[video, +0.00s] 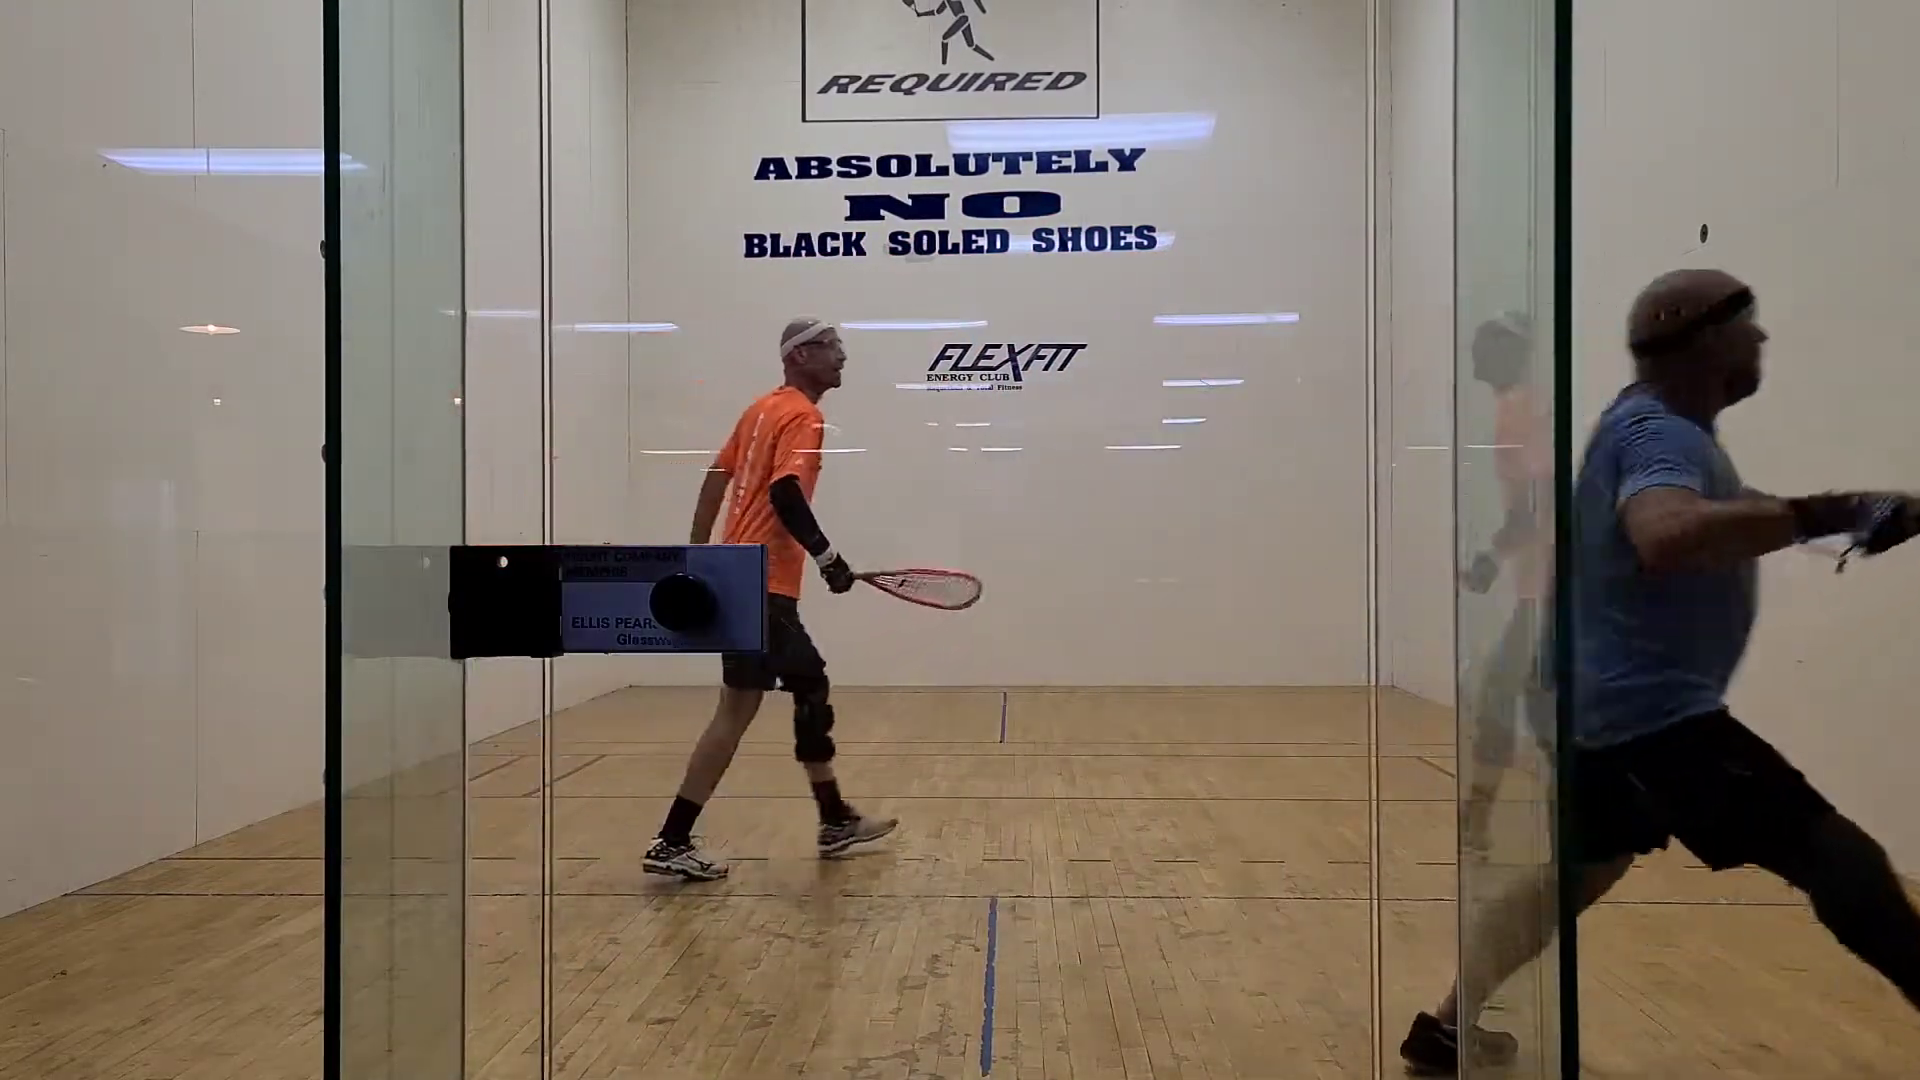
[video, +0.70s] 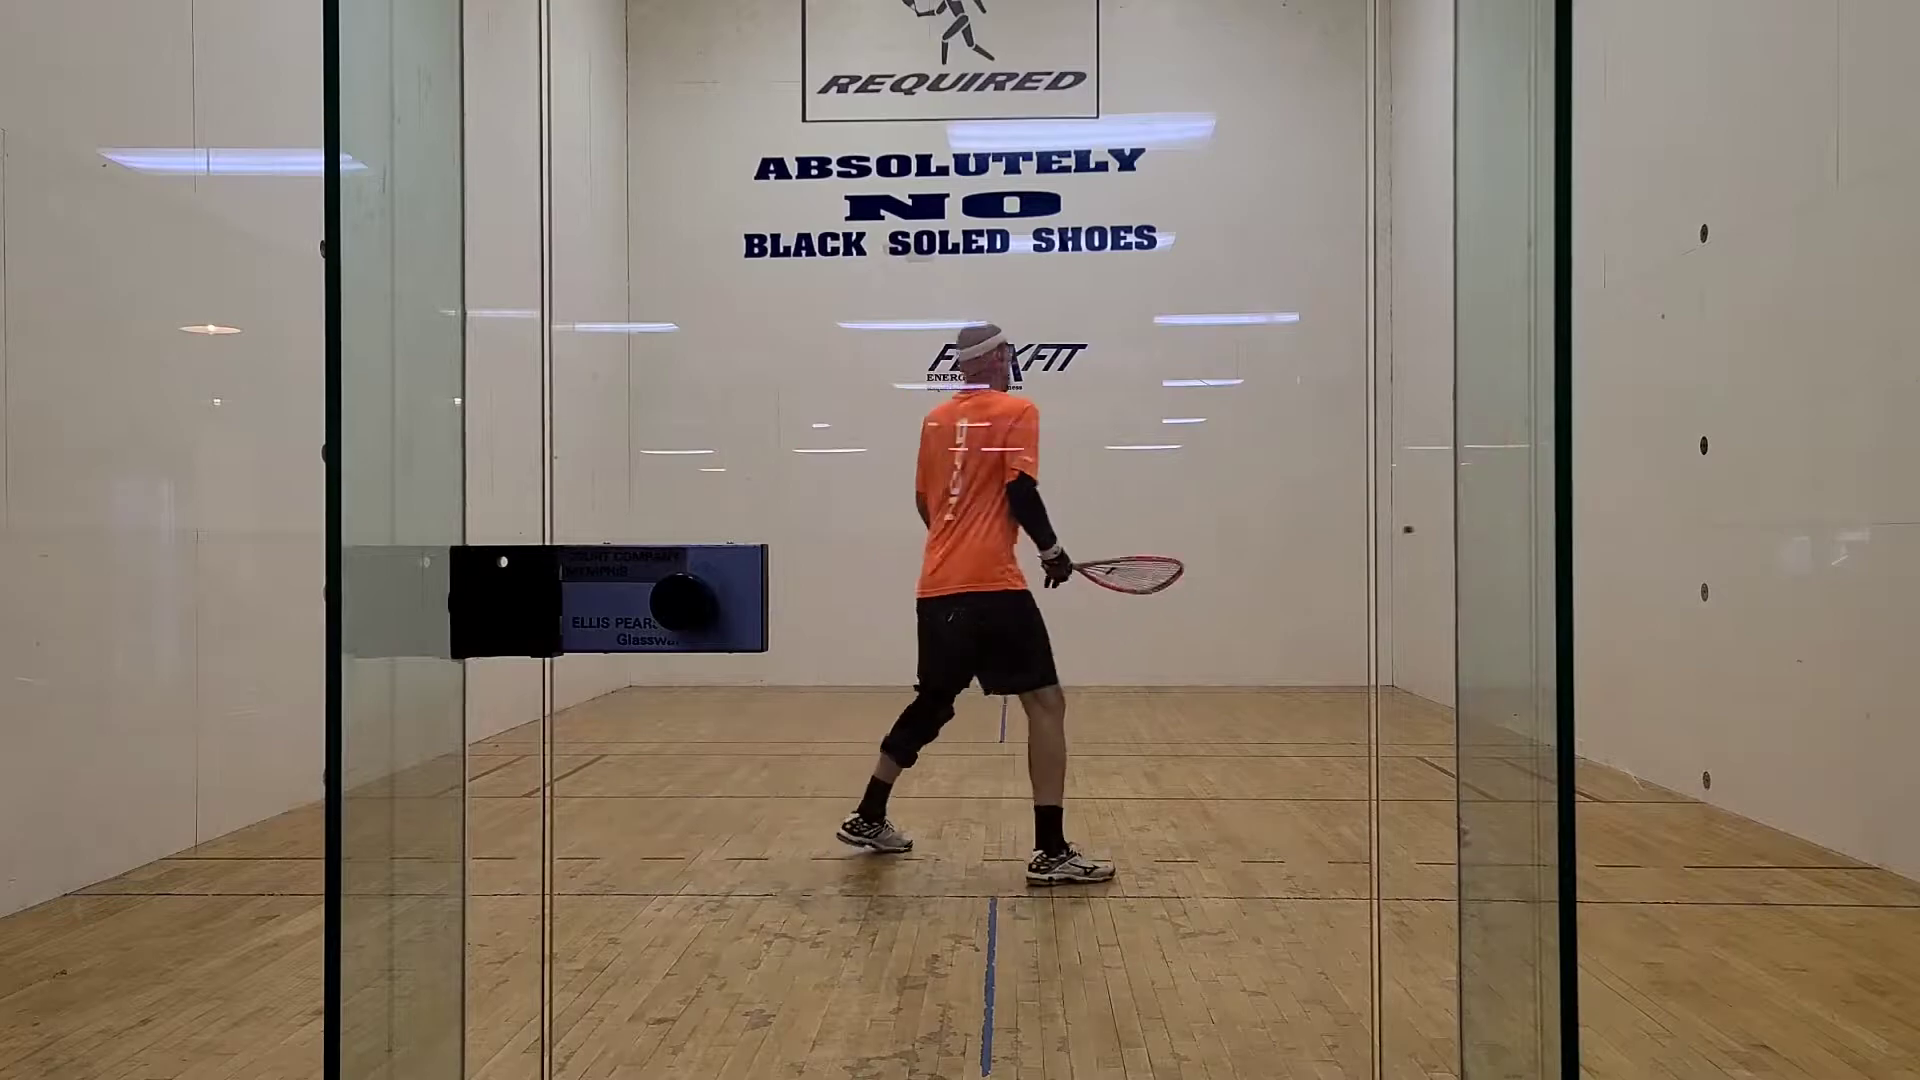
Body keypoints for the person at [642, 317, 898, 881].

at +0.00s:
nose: (843, 356)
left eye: (840, 346)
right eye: (832, 347)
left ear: (796, 359)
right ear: (799, 357)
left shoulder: (759, 410)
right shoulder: (803, 415)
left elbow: (715, 480)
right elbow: (785, 492)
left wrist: (696, 559)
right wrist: (828, 555)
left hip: (745, 589)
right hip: (764, 592)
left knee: (812, 686)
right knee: (734, 712)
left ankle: (836, 820)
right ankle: (671, 843)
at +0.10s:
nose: (868, 364)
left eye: (866, 355)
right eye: (858, 355)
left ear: (823, 366)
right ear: (824, 364)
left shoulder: (788, 420)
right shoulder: (830, 423)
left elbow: (746, 489)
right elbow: (816, 500)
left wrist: (725, 564)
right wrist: (858, 561)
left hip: (784, 596)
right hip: (798, 600)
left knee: (852, 691)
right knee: (768, 718)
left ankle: (855, 826)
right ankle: (682, 834)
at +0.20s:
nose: (893, 366)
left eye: (891, 358)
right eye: (883, 357)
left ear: (849, 366)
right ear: (849, 363)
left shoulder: (820, 421)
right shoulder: (856, 418)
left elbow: (785, 508)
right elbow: (846, 499)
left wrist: (773, 586)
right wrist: (890, 558)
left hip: (813, 584)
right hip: (833, 585)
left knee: (874, 698)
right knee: (846, 714)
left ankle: (857, 825)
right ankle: (731, 811)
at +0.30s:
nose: (915, 360)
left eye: (914, 351)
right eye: (903, 351)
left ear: (873, 364)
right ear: (871, 360)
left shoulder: (853, 412)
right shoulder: (881, 411)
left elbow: (823, 499)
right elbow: (871, 488)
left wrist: (852, 559)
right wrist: (916, 548)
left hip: (837, 579)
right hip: (861, 579)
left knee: (880, 698)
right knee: (911, 701)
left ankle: (858, 826)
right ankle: (799, 802)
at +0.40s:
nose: (935, 353)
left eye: (935, 345)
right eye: (924, 345)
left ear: (894, 357)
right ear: (891, 352)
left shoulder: (874, 409)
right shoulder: (904, 403)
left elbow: (856, 493)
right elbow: (898, 479)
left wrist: (907, 541)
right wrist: (943, 540)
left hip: (857, 574)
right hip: (891, 571)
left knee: (890, 695)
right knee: (954, 689)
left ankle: (856, 823)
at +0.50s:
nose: (957, 353)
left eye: (957, 344)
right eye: (945, 344)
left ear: (916, 357)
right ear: (914, 353)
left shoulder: (896, 408)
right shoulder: (934, 403)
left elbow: (884, 492)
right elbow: (932, 478)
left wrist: (937, 542)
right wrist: (974, 536)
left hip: (880, 574)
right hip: (918, 572)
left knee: (899, 696)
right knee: (982, 690)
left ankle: (857, 824)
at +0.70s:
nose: (1012, 363)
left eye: (1007, 354)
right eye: (1006, 355)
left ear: (961, 367)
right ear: (994, 361)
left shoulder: (936, 419)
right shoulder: (1016, 411)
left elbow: (925, 500)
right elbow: (1019, 486)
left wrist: (963, 546)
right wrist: (1051, 548)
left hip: (937, 591)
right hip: (994, 587)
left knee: (932, 702)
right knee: (1046, 704)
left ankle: (867, 815)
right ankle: (1051, 849)